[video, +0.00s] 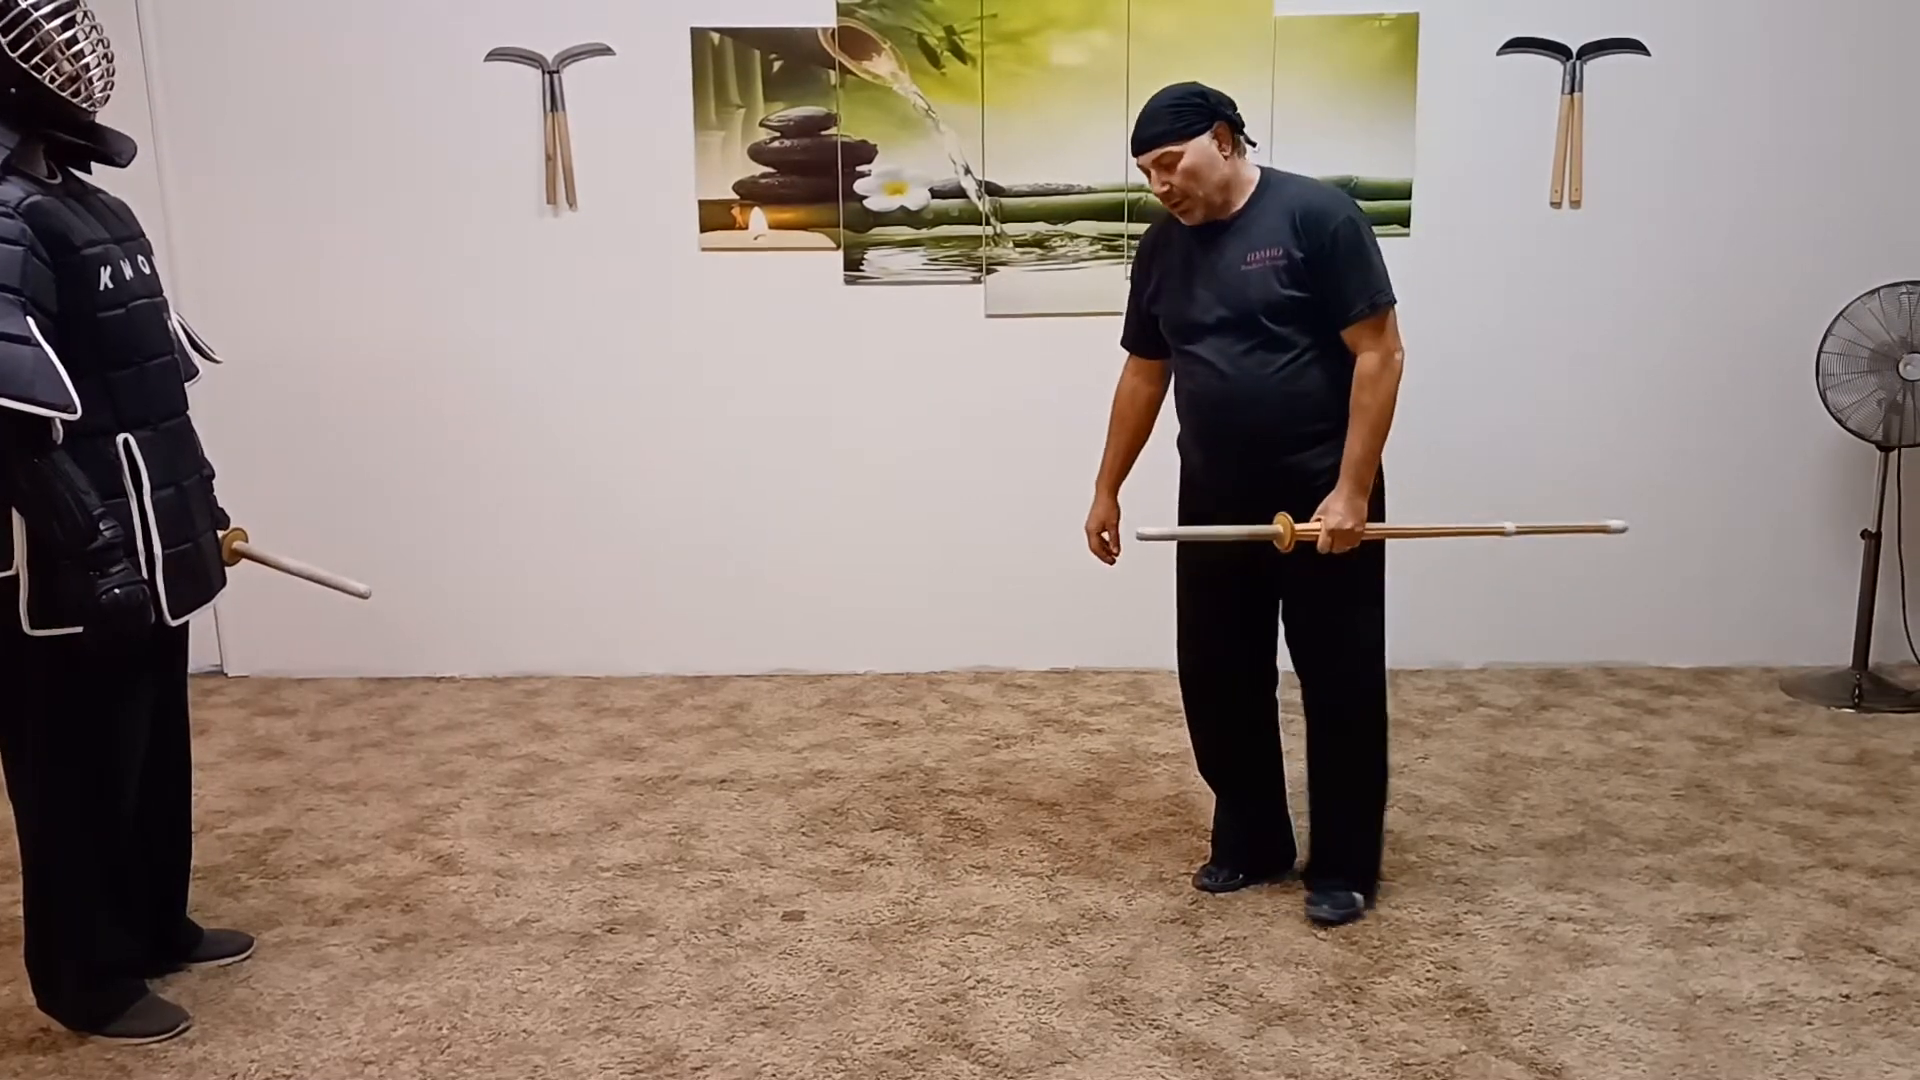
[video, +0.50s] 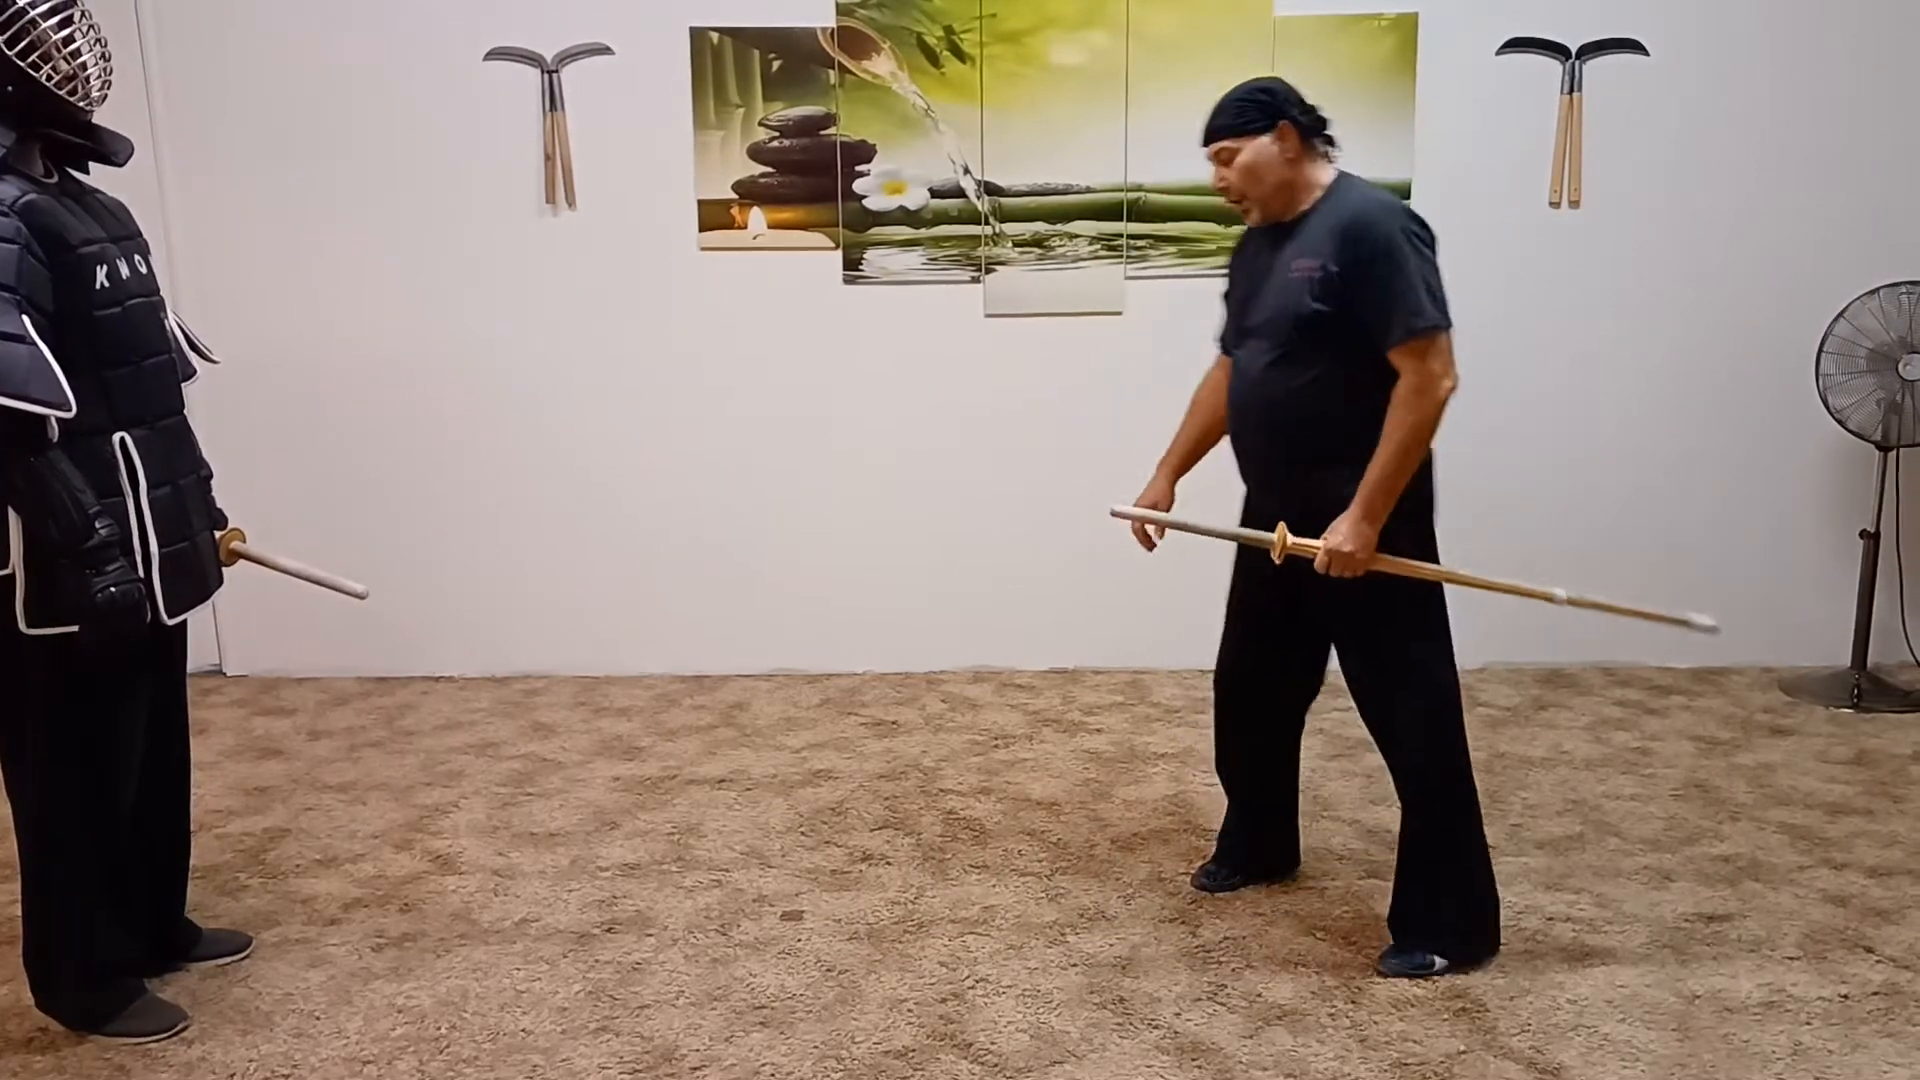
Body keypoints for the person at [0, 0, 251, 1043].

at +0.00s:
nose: (92, 76)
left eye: (87, 58)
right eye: (71, 60)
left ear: (55, 78)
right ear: (27, 77)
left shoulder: (101, 207)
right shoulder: (7, 215)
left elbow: (155, 382)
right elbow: (22, 413)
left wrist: (201, 508)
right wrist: (97, 543)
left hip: (145, 547)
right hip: (60, 561)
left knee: (151, 751)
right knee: (77, 773)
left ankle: (158, 931)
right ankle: (84, 982)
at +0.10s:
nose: (90, 78)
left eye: (85, 60)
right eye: (69, 62)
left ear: (59, 78)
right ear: (26, 78)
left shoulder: (99, 207)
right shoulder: (7, 216)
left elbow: (152, 381)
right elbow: (24, 417)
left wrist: (200, 505)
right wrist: (97, 547)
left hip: (144, 547)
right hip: (57, 563)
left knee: (151, 751)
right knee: (76, 773)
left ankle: (157, 931)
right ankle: (83, 982)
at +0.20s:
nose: (91, 84)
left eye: (87, 66)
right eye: (71, 68)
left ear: (63, 84)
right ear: (27, 83)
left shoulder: (98, 207)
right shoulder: (6, 216)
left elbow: (151, 379)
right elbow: (23, 416)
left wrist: (198, 504)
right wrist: (95, 550)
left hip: (144, 545)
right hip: (58, 563)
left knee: (150, 750)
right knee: (75, 771)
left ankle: (157, 931)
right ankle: (83, 981)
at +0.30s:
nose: (94, 83)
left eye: (90, 66)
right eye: (75, 67)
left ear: (59, 85)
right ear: (30, 82)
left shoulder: (100, 209)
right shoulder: (10, 219)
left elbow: (151, 381)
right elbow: (24, 417)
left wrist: (198, 506)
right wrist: (90, 551)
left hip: (145, 548)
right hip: (61, 567)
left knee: (151, 750)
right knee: (76, 772)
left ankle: (156, 930)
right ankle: (82, 981)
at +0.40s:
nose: (92, 82)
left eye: (87, 66)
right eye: (73, 67)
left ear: (53, 86)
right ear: (31, 83)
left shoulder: (101, 210)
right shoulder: (10, 220)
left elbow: (151, 381)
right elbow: (24, 417)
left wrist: (198, 505)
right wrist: (90, 549)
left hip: (145, 548)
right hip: (60, 567)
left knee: (150, 750)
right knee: (75, 772)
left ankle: (156, 931)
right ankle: (82, 981)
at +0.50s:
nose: (88, 82)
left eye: (83, 66)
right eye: (71, 68)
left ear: (49, 86)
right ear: (31, 83)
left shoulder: (101, 209)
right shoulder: (10, 220)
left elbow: (151, 381)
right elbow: (24, 415)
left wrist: (198, 506)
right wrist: (88, 548)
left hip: (144, 549)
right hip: (60, 566)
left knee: (151, 750)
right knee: (75, 771)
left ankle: (155, 930)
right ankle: (81, 981)